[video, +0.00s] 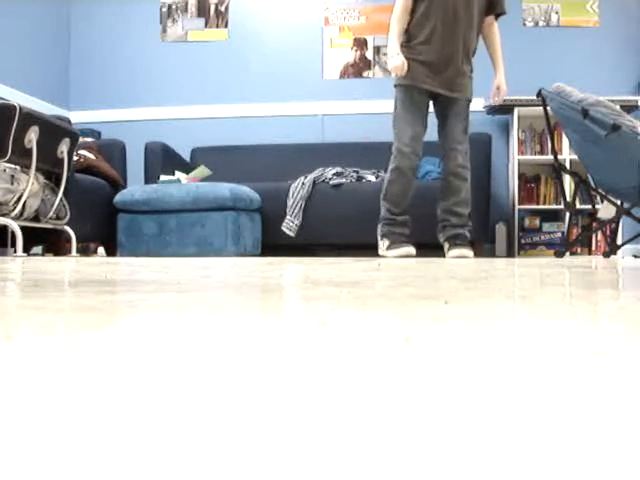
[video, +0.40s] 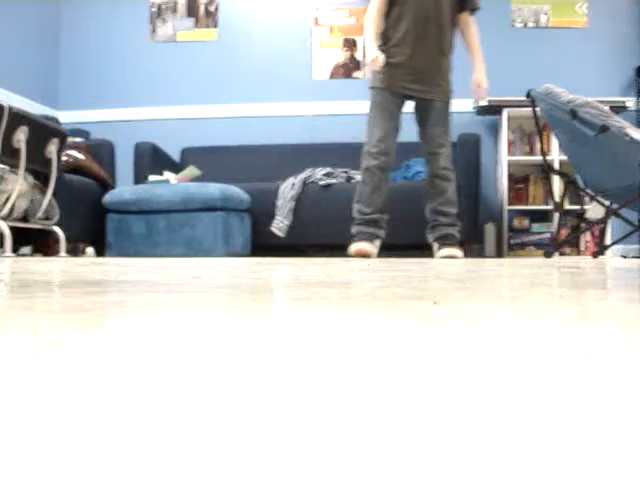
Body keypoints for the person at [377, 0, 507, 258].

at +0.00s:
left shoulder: (483, 3)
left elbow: (489, 22)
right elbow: (403, 6)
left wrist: (499, 73)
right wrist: (394, 50)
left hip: (458, 71)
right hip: (414, 65)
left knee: (457, 159)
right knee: (407, 153)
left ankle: (456, 237)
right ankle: (392, 235)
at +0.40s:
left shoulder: (457, 2)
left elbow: (466, 20)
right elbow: (375, 11)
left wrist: (479, 69)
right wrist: (372, 49)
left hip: (435, 74)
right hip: (390, 70)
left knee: (440, 159)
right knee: (377, 154)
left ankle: (445, 239)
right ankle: (365, 236)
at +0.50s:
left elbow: (437, 15)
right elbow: (349, 12)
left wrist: (451, 62)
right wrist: (348, 51)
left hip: (410, 72)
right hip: (365, 69)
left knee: (419, 157)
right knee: (355, 154)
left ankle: (431, 238)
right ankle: (348, 238)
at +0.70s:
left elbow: (409, 7)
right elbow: (324, 16)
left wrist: (422, 46)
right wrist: (319, 60)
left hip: (389, 67)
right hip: (344, 68)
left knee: (401, 151)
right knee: (342, 156)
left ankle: (412, 234)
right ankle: (344, 237)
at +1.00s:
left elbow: (399, 4)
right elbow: (305, 24)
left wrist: (415, 35)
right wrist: (282, 64)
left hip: (373, 60)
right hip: (328, 64)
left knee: (372, 143)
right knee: (331, 154)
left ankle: (385, 235)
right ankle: (337, 236)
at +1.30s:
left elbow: (400, 3)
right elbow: (310, 8)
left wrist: (382, 25)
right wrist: (297, 39)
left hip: (380, 56)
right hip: (332, 59)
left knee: (401, 146)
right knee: (334, 155)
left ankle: (414, 233)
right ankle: (337, 237)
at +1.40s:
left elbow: (411, 1)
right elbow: (307, 8)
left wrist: (376, 27)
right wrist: (326, 30)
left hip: (386, 58)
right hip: (337, 60)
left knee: (400, 150)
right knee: (337, 154)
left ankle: (412, 235)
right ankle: (338, 237)